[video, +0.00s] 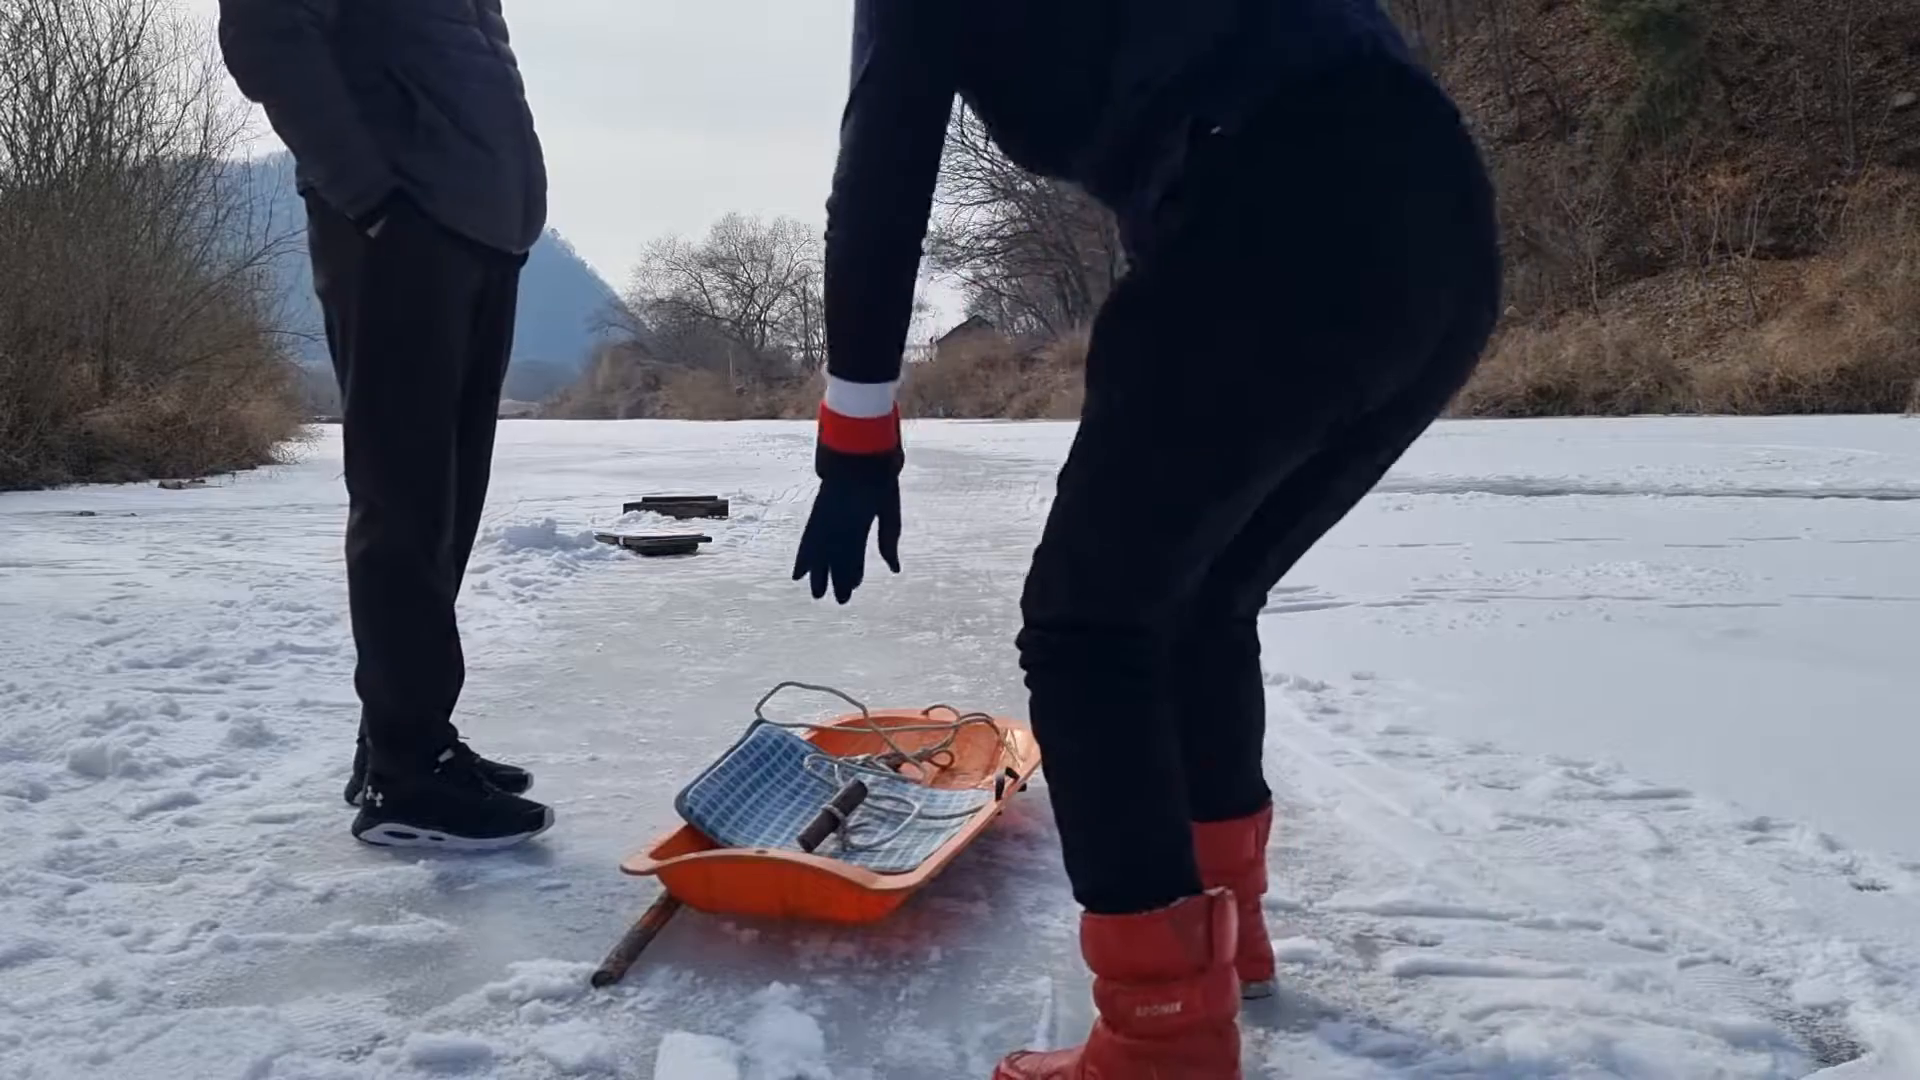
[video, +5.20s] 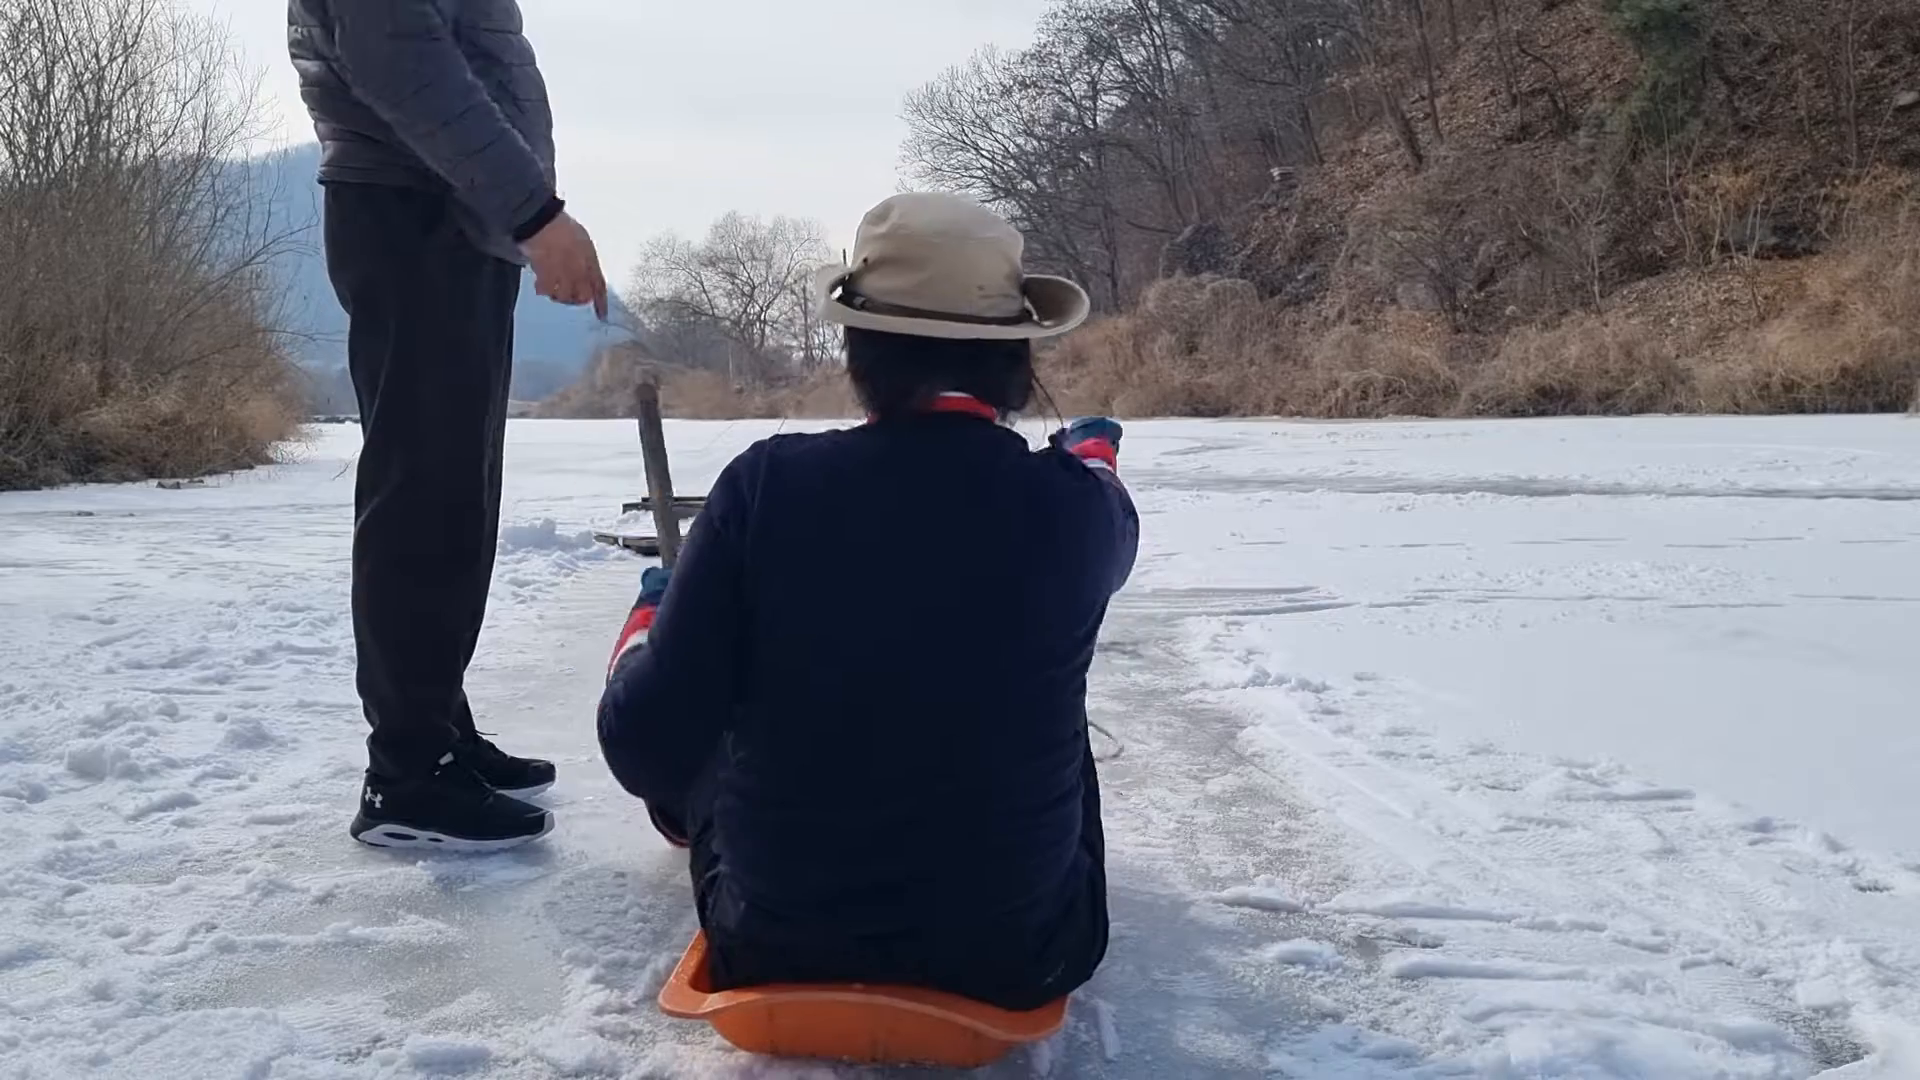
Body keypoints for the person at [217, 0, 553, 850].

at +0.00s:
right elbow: (261, 30)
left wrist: (506, 182)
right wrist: (368, 190)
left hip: (480, 221)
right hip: (397, 214)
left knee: (446, 500)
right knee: (403, 499)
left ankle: (415, 747)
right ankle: (403, 774)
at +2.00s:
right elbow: (275, 31)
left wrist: (515, 199)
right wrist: (388, 196)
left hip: (486, 229)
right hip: (410, 221)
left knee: (447, 498)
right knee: (406, 498)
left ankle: (413, 749)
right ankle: (401, 771)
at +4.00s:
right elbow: (275, 34)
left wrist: (510, 205)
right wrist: (397, 201)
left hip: (486, 236)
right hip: (414, 225)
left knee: (449, 504)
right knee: (408, 502)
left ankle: (417, 749)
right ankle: (400, 772)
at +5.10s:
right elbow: (325, 25)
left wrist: (507, 172)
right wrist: (483, 162)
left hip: (466, 209)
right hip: (411, 204)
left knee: (460, 482)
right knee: (421, 484)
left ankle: (441, 737)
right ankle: (404, 775)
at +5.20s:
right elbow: (397, 53)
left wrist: (528, 212)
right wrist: (539, 216)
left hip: (459, 209)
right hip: (408, 207)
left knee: (461, 481)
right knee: (422, 479)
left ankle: (438, 738)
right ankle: (406, 771)